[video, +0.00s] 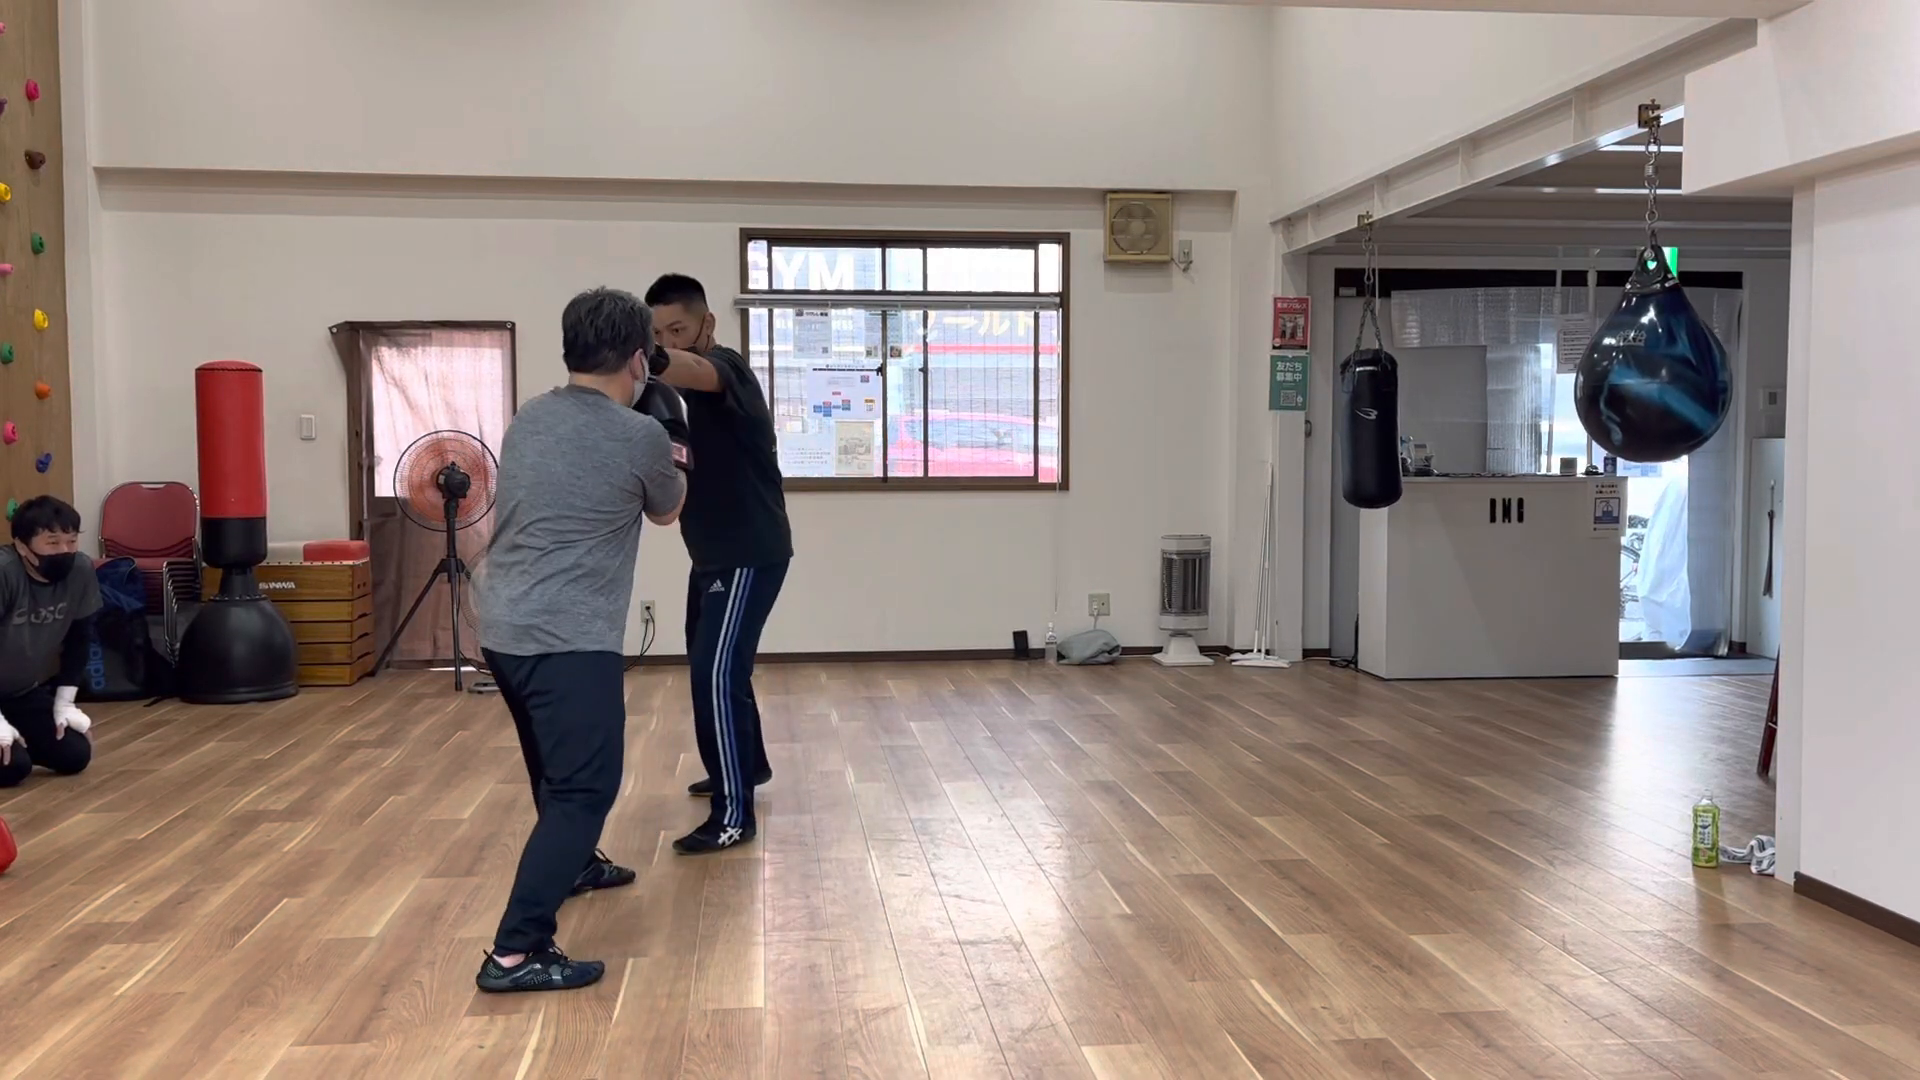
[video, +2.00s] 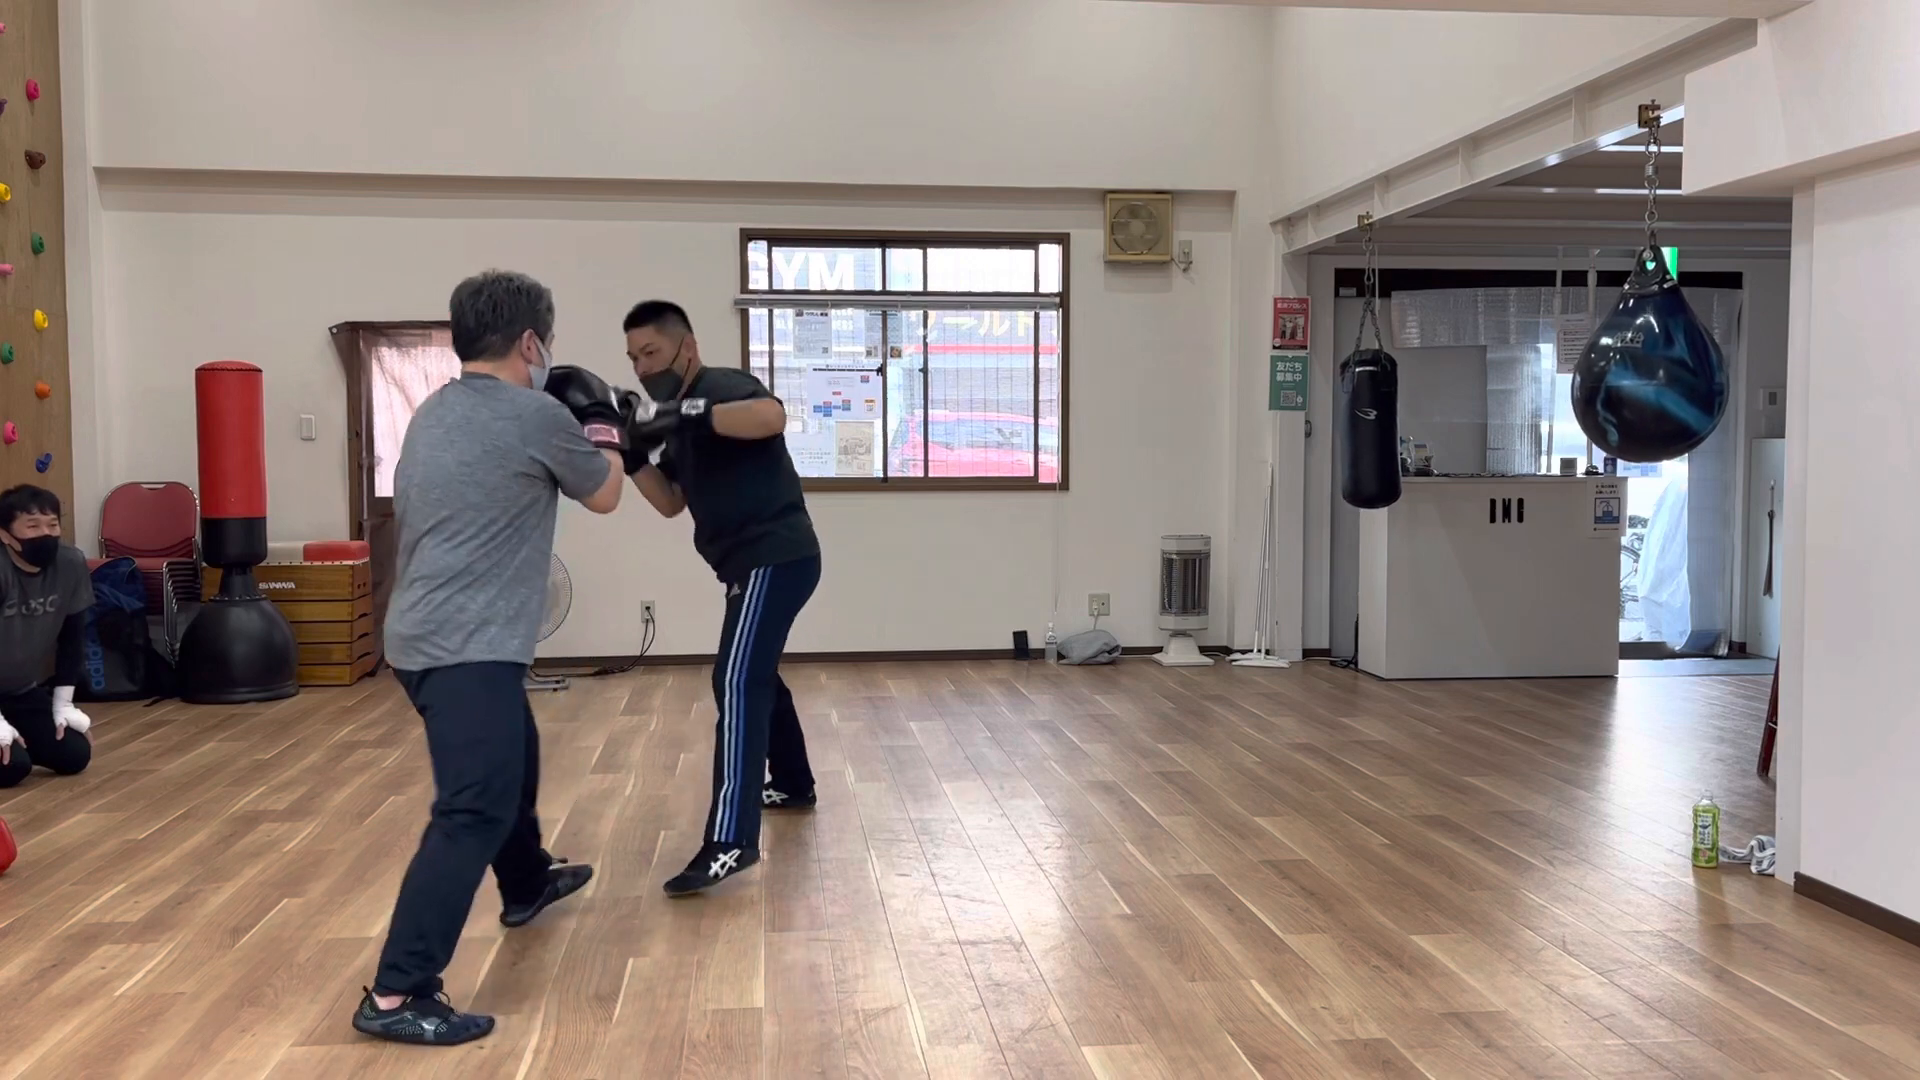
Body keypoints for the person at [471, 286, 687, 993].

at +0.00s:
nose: (652, 361)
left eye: (651, 350)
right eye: (650, 350)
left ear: (570, 354)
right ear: (633, 357)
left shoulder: (526, 416)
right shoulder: (642, 432)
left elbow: (515, 499)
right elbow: (666, 507)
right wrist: (666, 449)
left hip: (502, 633)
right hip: (575, 640)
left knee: (551, 763)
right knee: (579, 793)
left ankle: (574, 861)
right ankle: (517, 949)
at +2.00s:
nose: (547, 353)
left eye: (548, 342)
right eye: (546, 341)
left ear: (460, 342)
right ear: (528, 342)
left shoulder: (430, 414)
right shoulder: (534, 414)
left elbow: (489, 493)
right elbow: (607, 494)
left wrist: (547, 424)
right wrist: (600, 435)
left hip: (418, 639)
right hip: (475, 648)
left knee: (514, 749)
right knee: (472, 813)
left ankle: (525, 880)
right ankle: (397, 993)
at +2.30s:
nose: (499, 367)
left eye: (495, 353)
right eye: (496, 354)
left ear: (409, 356)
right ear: (475, 359)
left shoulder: (368, 431)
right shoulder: (457, 445)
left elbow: (400, 543)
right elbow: (515, 553)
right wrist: (540, 500)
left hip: (358, 660)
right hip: (394, 673)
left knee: (472, 757)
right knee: (396, 841)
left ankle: (431, 925)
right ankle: (284, 1027)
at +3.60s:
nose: (376, 335)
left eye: (376, 321)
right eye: (373, 320)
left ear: (287, 322)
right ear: (345, 322)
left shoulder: (255, 397)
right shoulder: (347, 405)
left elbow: (320, 482)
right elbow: (417, 506)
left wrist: (385, 435)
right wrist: (436, 463)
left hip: (252, 639)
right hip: (299, 649)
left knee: (351, 750)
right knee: (289, 814)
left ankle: (302, 910)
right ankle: (221, 999)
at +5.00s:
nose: (484, 317)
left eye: (485, 304)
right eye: (482, 303)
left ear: (379, 306)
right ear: (458, 308)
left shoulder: (339, 392)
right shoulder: (449, 397)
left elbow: (410, 499)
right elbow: (527, 506)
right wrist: (535, 444)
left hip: (325, 662)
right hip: (399, 672)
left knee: (392, 821)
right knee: (385, 863)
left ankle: (389, 955)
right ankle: (302, 1059)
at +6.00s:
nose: (532, 325)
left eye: (532, 314)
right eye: (531, 313)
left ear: (428, 319)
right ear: (516, 321)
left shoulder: (382, 409)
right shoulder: (528, 416)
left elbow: (430, 509)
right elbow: (577, 533)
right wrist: (572, 461)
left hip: (370, 689)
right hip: (465, 698)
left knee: (429, 854)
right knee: (468, 891)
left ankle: (448, 978)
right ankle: (414, 1068)